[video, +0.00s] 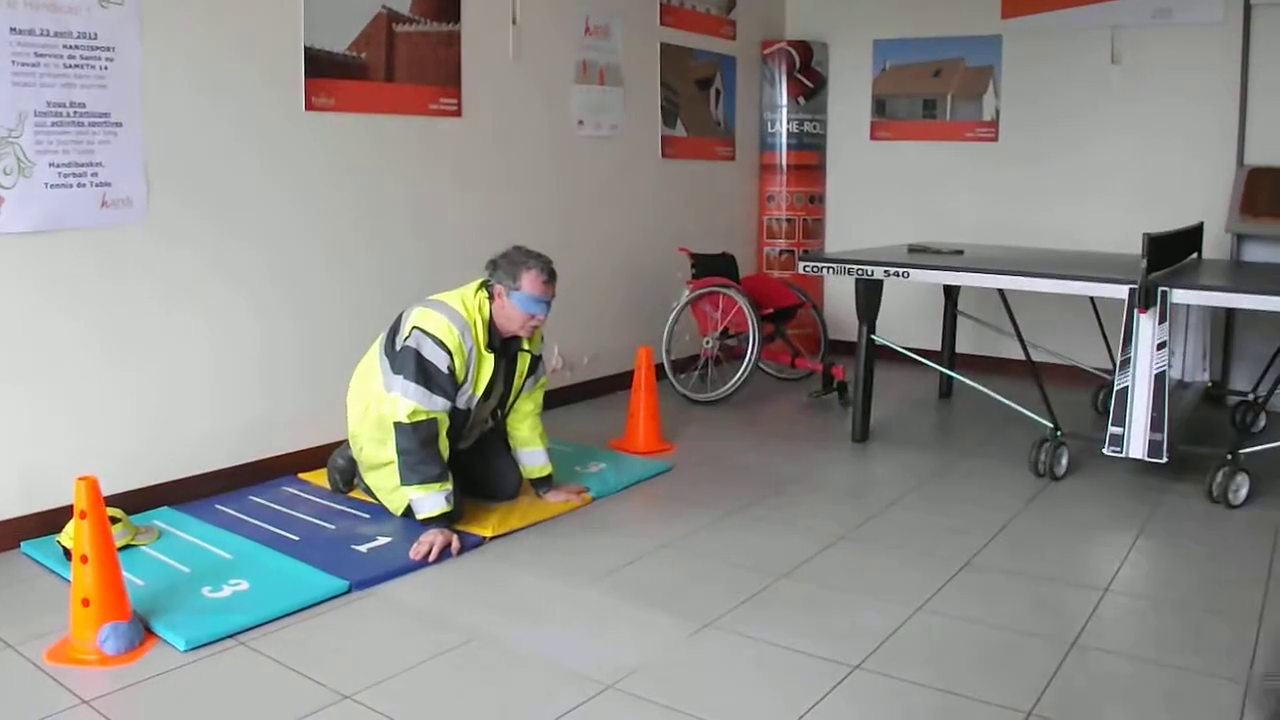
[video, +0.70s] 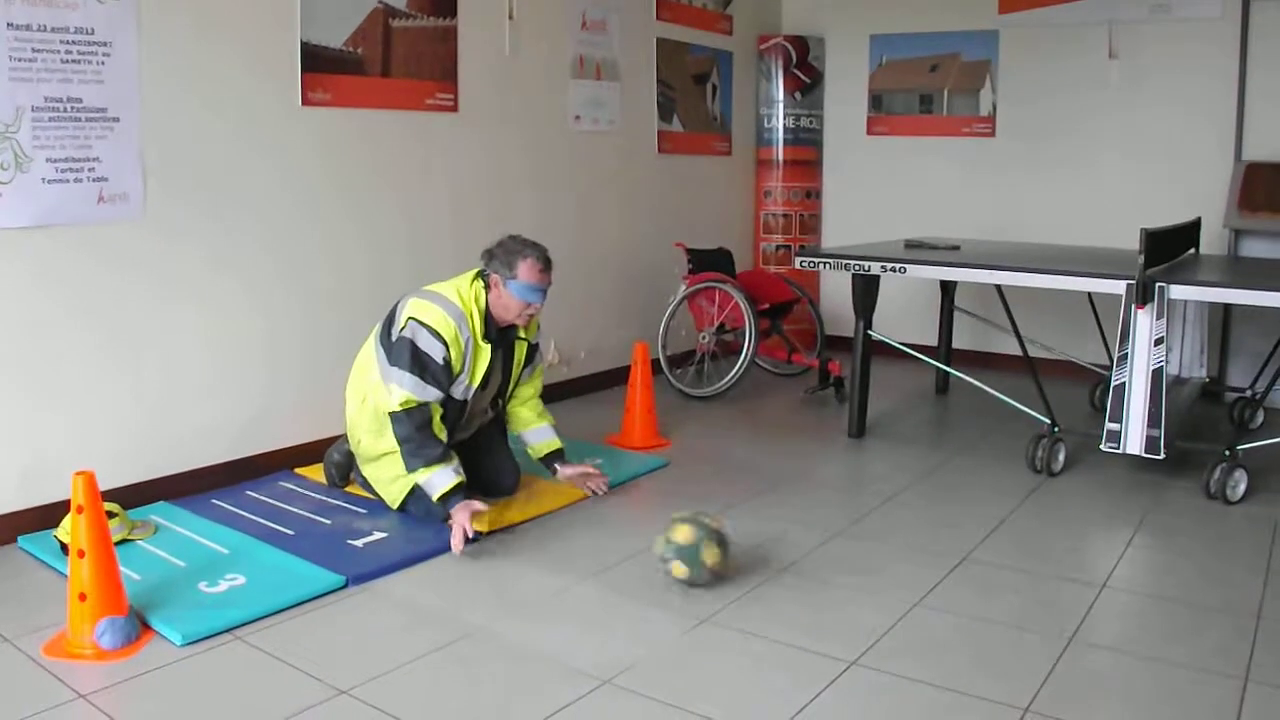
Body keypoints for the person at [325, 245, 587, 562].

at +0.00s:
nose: (540, 318)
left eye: (546, 307)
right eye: (532, 306)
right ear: (498, 295)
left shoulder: (527, 337)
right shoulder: (437, 331)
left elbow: (524, 411)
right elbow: (415, 427)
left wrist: (545, 484)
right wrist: (436, 523)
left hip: (461, 415)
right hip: (387, 422)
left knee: (504, 487)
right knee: (432, 512)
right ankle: (362, 462)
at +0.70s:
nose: (536, 308)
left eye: (542, 297)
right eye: (529, 297)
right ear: (495, 285)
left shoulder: (523, 322)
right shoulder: (435, 321)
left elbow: (523, 398)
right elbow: (408, 418)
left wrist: (558, 462)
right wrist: (455, 501)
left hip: (465, 412)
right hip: (388, 422)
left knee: (501, 483)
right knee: (435, 510)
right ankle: (359, 454)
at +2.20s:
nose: (543, 286)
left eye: (549, 275)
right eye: (533, 274)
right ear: (500, 269)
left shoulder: (533, 312)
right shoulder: (443, 312)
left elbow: (532, 386)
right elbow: (411, 408)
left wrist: (527, 452)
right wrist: (473, 471)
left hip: (466, 416)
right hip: (399, 431)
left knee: (515, 480)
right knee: (458, 505)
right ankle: (374, 460)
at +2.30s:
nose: (543, 285)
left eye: (548, 273)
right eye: (533, 273)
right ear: (499, 268)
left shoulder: (534, 308)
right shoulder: (446, 310)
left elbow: (541, 383)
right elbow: (434, 409)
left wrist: (554, 450)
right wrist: (508, 469)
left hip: (470, 412)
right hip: (401, 422)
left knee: (511, 484)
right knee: (455, 506)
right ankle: (375, 462)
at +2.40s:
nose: (544, 288)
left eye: (548, 276)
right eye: (534, 276)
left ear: (552, 271)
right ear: (499, 270)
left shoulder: (532, 309)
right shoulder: (453, 314)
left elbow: (557, 378)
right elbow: (477, 407)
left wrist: (606, 425)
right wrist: (568, 440)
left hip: (461, 410)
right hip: (405, 421)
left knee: (516, 483)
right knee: (455, 507)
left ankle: (425, 449)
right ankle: (377, 456)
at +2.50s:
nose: (550, 286)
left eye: (554, 274)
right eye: (541, 274)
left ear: (559, 272)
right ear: (505, 271)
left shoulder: (536, 305)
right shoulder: (462, 313)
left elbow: (570, 362)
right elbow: (504, 397)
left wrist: (622, 392)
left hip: (471, 405)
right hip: (410, 416)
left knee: (516, 485)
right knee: (456, 509)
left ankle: (432, 447)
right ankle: (377, 455)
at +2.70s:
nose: (562, 286)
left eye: (566, 275)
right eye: (553, 275)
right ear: (518, 269)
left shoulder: (547, 307)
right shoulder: (468, 314)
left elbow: (566, 378)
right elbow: (493, 413)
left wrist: (609, 415)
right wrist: (581, 439)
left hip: (467, 412)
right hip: (413, 421)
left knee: (519, 485)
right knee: (457, 511)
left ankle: (427, 449)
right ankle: (378, 455)